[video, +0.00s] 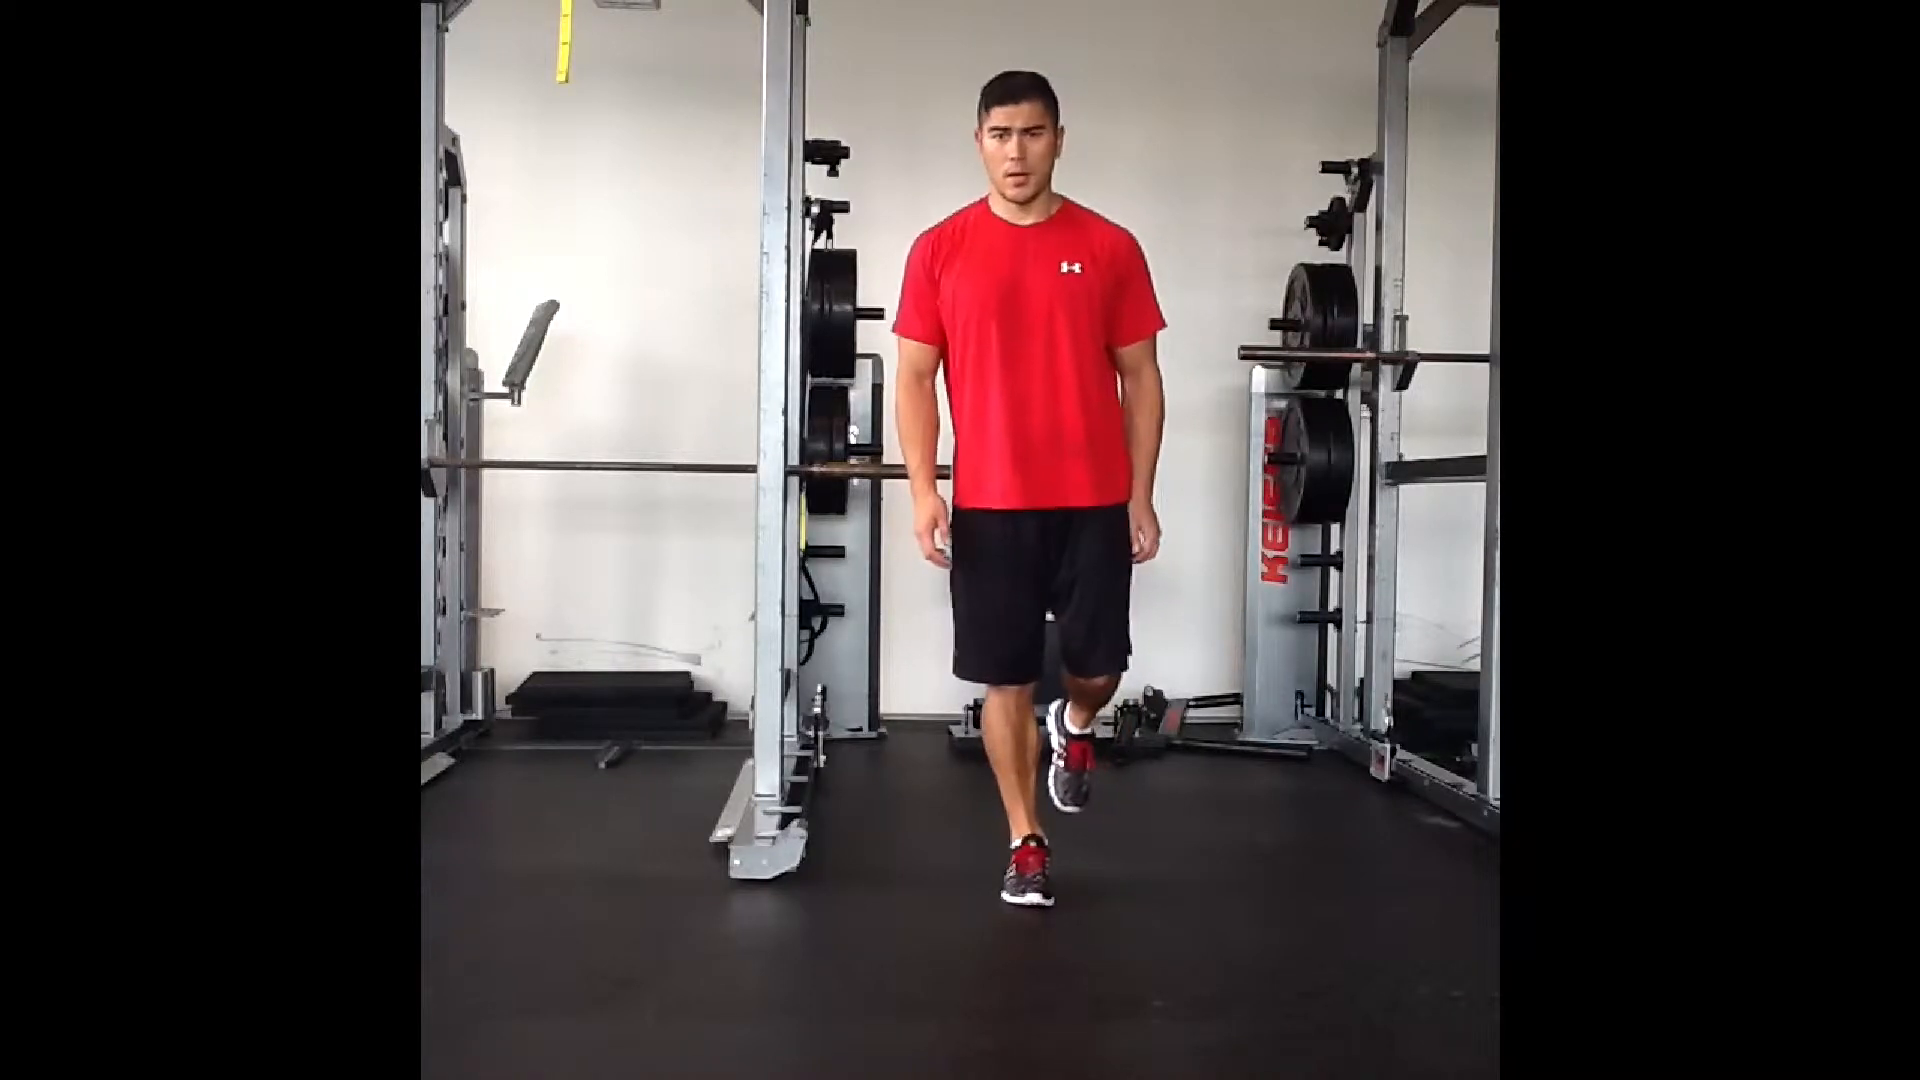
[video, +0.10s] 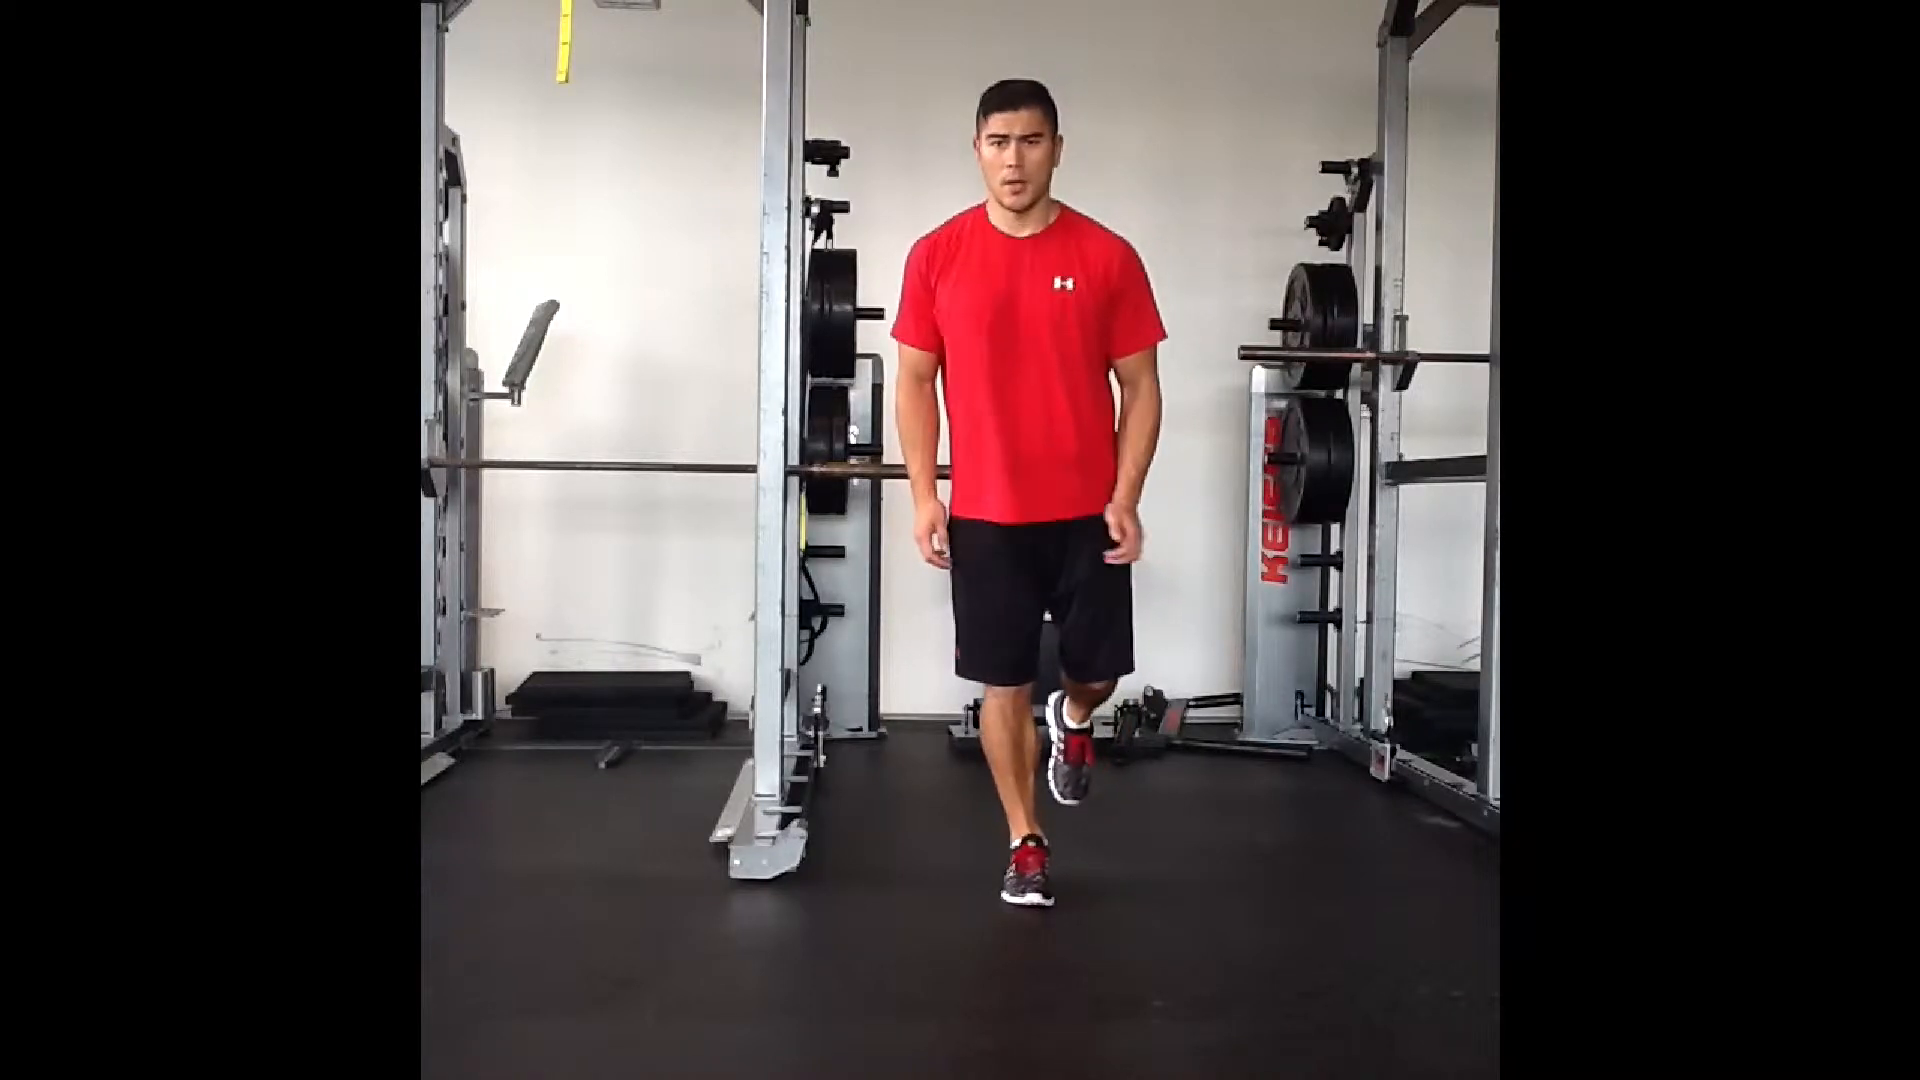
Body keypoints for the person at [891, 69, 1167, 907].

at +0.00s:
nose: (1017, 149)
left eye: (1032, 133)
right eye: (1001, 134)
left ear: (1057, 142)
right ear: (979, 144)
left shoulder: (1110, 248)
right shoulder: (939, 251)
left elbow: (1140, 373)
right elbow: (913, 375)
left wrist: (1141, 493)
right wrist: (923, 488)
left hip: (1095, 499)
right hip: (991, 501)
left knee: (1098, 667)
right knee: (1007, 678)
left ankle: (1073, 731)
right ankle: (1024, 840)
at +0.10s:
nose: (1014, 157)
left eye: (1030, 140)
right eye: (998, 141)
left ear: (1056, 149)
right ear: (978, 152)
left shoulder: (1107, 257)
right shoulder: (937, 257)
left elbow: (1142, 386)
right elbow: (913, 379)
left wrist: (1125, 496)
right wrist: (923, 495)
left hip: (1087, 508)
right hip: (986, 510)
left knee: (1100, 667)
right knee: (1006, 680)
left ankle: (1072, 723)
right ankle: (1024, 841)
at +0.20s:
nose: (1012, 175)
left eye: (1028, 158)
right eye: (996, 159)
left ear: (1055, 168)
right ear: (976, 170)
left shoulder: (1104, 278)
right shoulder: (933, 272)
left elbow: (1138, 406)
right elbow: (915, 382)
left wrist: (1100, 476)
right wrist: (924, 488)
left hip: (1086, 517)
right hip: (985, 521)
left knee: (1092, 668)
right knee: (1005, 680)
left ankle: (1064, 708)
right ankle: (1023, 841)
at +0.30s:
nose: (1010, 207)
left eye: (1027, 191)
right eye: (995, 191)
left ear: (1053, 202)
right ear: (975, 202)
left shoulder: (1101, 305)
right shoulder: (932, 296)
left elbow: (1133, 431)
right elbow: (916, 379)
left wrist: (1067, 416)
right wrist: (922, 454)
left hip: (1083, 532)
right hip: (984, 534)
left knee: (1088, 676)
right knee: (1007, 681)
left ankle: (1054, 683)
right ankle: (1023, 840)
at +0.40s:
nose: (1009, 249)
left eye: (1025, 234)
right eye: (993, 234)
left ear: (1051, 246)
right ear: (972, 246)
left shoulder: (1092, 330)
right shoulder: (935, 322)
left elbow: (1123, 430)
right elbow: (916, 375)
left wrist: (1044, 356)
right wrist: (925, 395)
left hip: (1083, 544)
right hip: (985, 545)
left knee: (1067, 682)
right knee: (1009, 681)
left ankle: (996, 702)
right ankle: (1024, 843)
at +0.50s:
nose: (1003, 286)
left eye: (1020, 270)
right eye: (987, 271)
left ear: (1047, 280)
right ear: (966, 282)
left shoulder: (1082, 350)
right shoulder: (934, 347)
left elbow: (1111, 430)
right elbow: (918, 334)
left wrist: (1029, 355)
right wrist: (925, 323)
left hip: (1083, 564)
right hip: (988, 561)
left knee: (1052, 683)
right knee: (1009, 691)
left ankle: (1006, 714)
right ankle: (1024, 844)